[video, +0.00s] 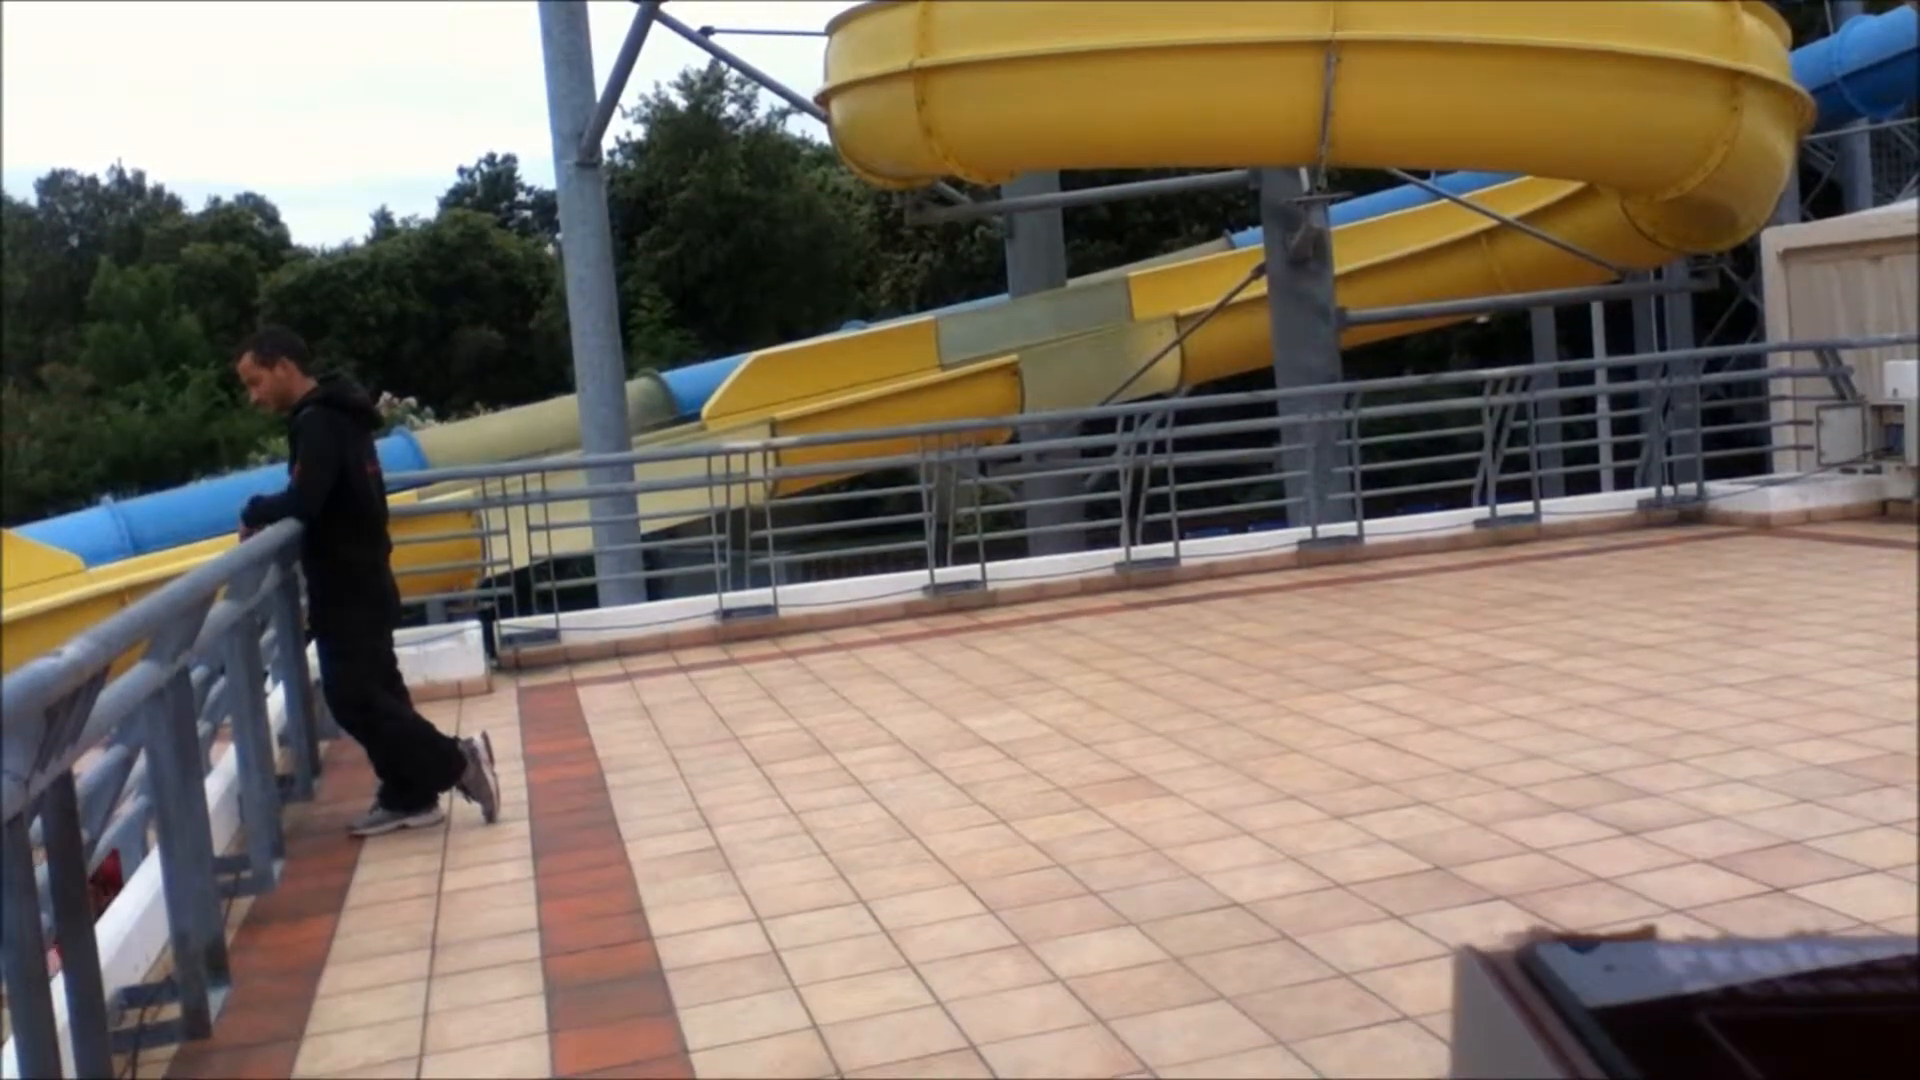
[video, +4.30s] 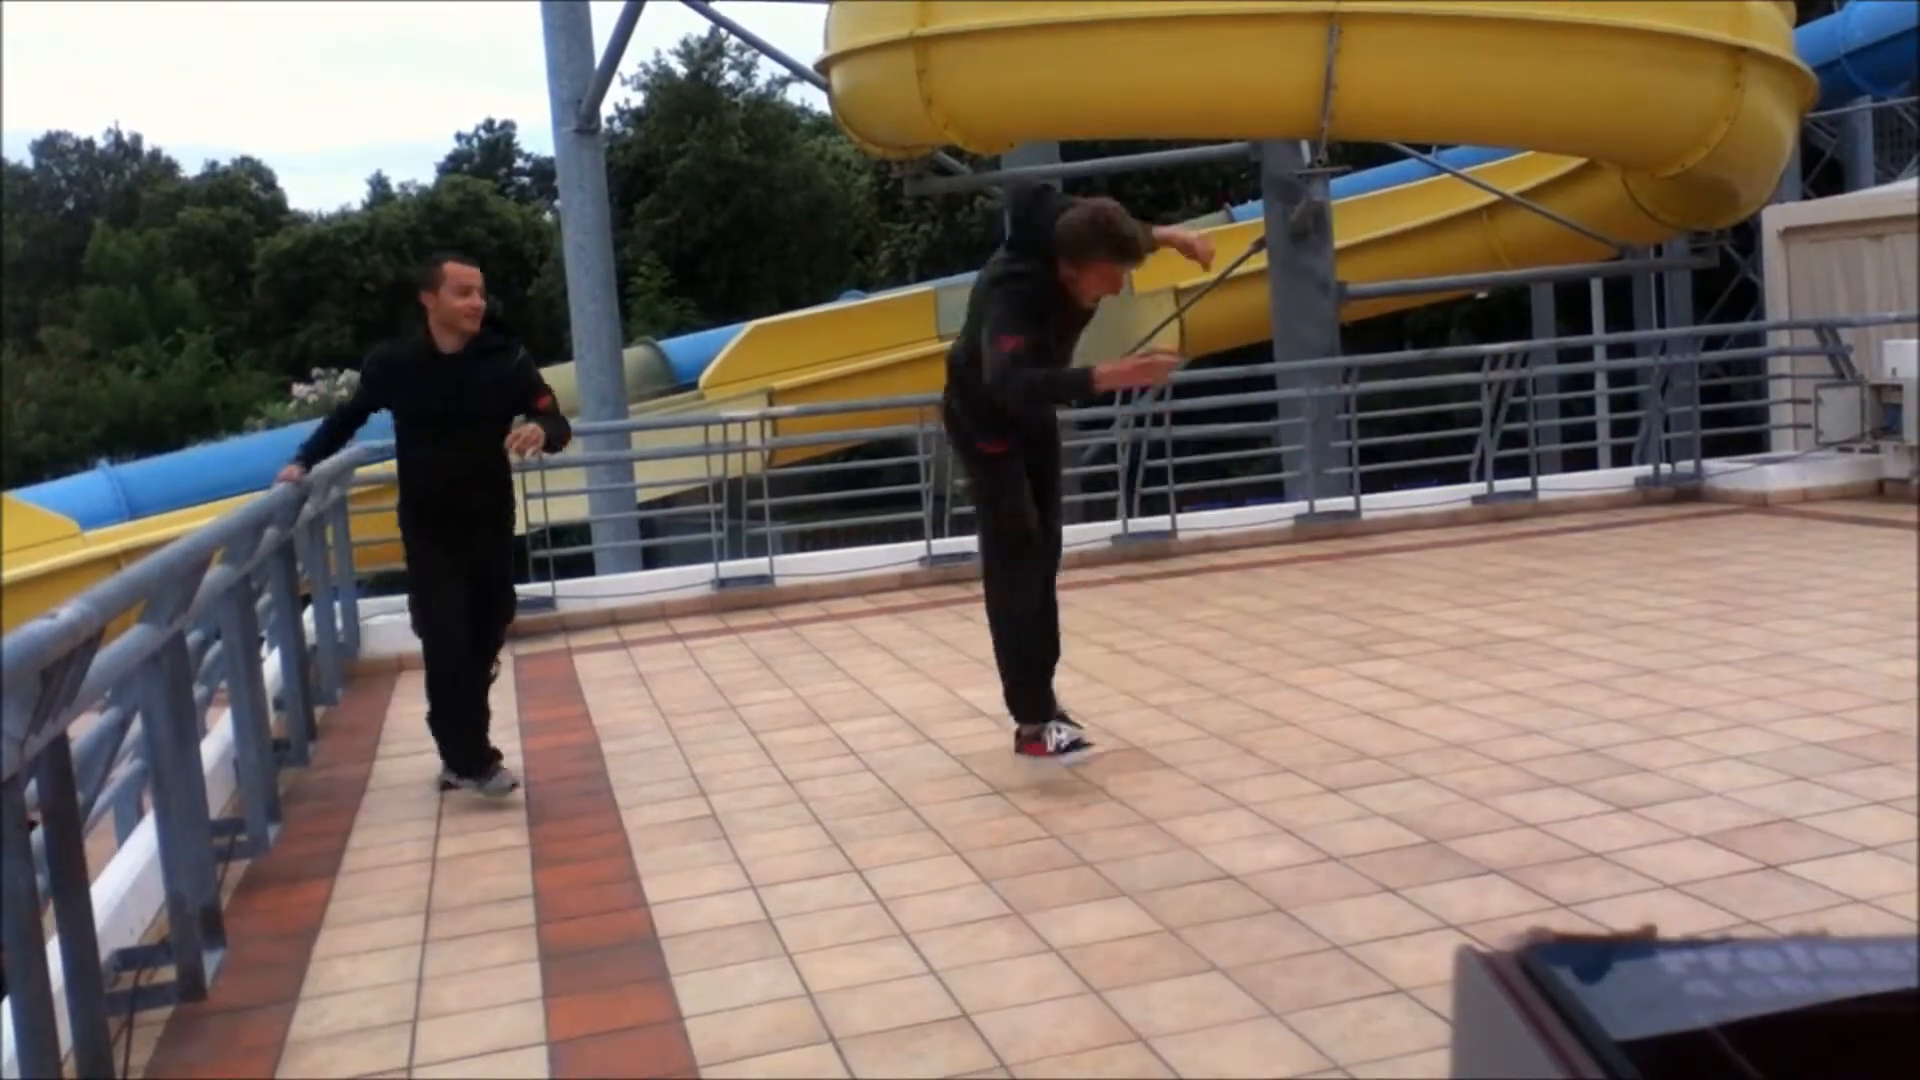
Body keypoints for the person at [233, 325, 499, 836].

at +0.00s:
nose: (252, 397)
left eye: (253, 383)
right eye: (247, 387)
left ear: (284, 368)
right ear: (288, 372)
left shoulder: (317, 421)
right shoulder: (334, 411)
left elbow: (308, 501)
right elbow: (325, 498)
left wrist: (256, 513)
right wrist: (270, 513)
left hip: (347, 586)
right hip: (361, 581)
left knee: (350, 699)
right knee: (376, 687)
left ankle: (455, 761)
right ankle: (407, 798)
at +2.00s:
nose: (252, 368)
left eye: (252, 354)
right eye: (247, 358)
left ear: (282, 340)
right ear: (287, 344)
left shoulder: (317, 392)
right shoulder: (333, 384)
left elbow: (306, 469)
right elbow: (321, 468)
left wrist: (253, 484)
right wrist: (269, 481)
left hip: (343, 559)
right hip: (358, 555)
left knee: (346, 669)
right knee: (372, 658)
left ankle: (449, 731)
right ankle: (403, 767)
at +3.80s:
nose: (314, 332)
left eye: (325, 322)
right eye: (303, 322)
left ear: (343, 328)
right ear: (289, 330)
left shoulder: (361, 383)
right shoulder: (323, 387)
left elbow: (342, 466)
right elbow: (333, 459)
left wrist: (273, 458)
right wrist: (282, 470)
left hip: (402, 543)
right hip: (371, 543)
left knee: (389, 650)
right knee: (357, 652)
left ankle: (482, 721)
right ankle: (400, 763)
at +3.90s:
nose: (344, 319)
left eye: (355, 310)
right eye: (332, 309)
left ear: (369, 319)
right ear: (313, 319)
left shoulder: (398, 378)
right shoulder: (323, 383)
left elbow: (403, 461)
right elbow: (326, 452)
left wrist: (321, 456)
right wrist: (293, 470)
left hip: (419, 531)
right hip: (371, 535)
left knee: (418, 644)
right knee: (365, 654)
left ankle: (467, 730)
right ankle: (400, 760)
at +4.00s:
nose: (385, 316)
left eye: (393, 308)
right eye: (372, 306)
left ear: (402, 317)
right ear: (344, 316)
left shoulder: (430, 375)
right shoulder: (335, 385)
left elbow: (468, 451)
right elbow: (315, 444)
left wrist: (396, 465)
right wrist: (272, 496)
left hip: (442, 530)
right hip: (383, 532)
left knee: (441, 646)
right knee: (360, 644)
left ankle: (452, 753)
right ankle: (392, 756)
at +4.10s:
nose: (422, 321)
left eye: (427, 312)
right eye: (409, 311)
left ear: (434, 320)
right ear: (378, 319)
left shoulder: (459, 379)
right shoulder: (358, 388)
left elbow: (514, 447)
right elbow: (329, 439)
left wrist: (470, 454)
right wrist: (281, 477)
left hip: (458, 535)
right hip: (396, 538)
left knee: (462, 646)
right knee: (355, 640)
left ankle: (459, 753)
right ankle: (378, 746)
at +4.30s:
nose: (477, 302)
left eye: (481, 292)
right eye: (464, 293)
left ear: (485, 299)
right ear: (429, 300)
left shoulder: (503, 358)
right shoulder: (394, 365)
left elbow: (558, 428)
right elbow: (348, 418)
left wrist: (542, 428)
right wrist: (303, 461)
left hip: (490, 523)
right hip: (429, 527)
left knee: (483, 641)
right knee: (448, 644)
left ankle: (463, 753)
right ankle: (470, 762)